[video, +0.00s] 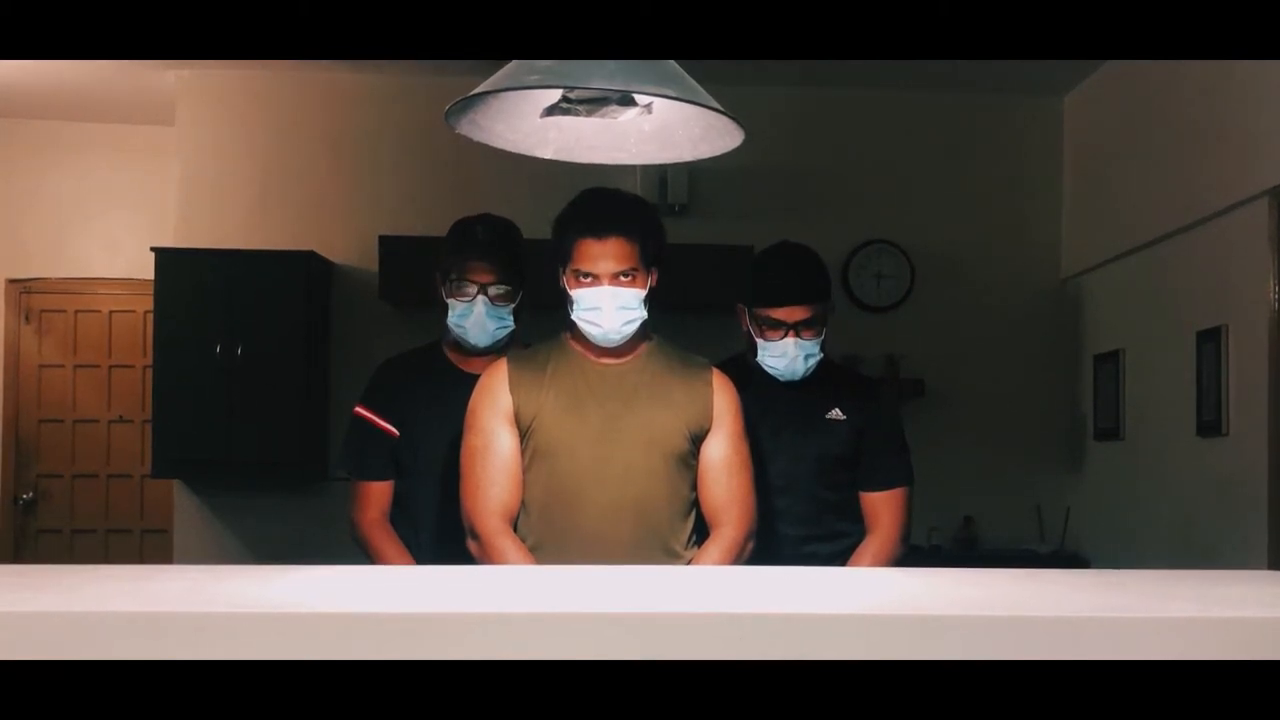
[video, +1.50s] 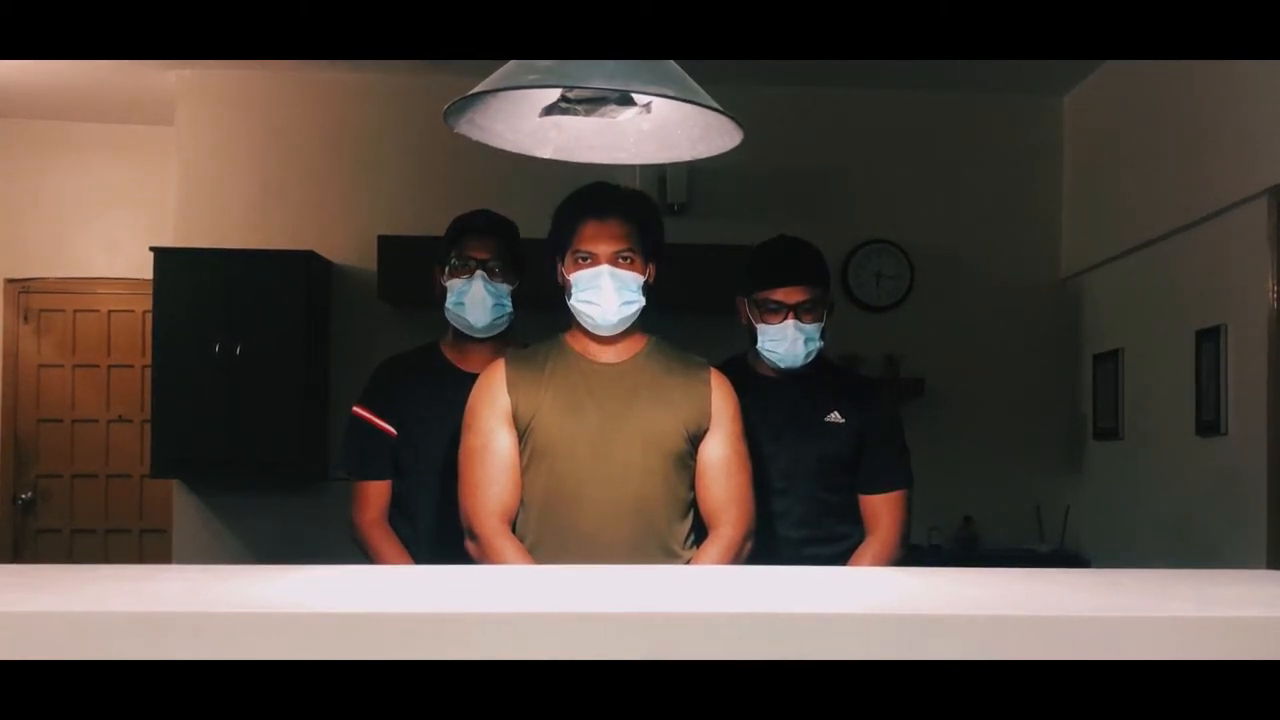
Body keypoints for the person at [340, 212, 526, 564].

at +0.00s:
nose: (480, 309)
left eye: (499, 293)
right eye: (463, 289)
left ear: (518, 297)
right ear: (442, 289)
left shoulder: (538, 385)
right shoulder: (399, 380)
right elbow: (369, 518)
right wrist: (422, 596)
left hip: (515, 592)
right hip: (427, 590)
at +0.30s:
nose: (481, 306)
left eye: (499, 290)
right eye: (464, 286)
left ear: (518, 294)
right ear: (443, 288)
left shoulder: (540, 384)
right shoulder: (400, 380)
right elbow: (370, 519)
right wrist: (423, 597)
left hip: (516, 593)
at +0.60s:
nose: (480, 300)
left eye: (499, 285)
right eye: (465, 281)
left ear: (517, 292)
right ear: (443, 284)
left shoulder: (539, 384)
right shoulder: (399, 380)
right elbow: (370, 519)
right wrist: (422, 597)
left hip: (516, 593)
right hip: (428, 591)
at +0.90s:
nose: (480, 294)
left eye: (497, 279)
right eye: (464, 276)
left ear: (517, 288)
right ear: (442, 282)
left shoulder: (539, 383)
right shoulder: (399, 380)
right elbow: (370, 520)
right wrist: (423, 598)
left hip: (517, 593)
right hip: (428, 592)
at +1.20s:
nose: (480, 289)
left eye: (497, 275)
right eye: (464, 272)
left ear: (517, 285)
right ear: (442, 279)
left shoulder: (540, 383)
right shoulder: (398, 380)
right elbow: (370, 520)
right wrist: (423, 598)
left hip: (518, 594)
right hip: (428, 593)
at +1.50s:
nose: (479, 284)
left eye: (496, 270)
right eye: (463, 267)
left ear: (515, 283)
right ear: (442, 277)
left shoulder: (540, 382)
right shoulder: (397, 380)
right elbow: (369, 520)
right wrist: (422, 598)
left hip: (518, 593)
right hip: (427, 592)